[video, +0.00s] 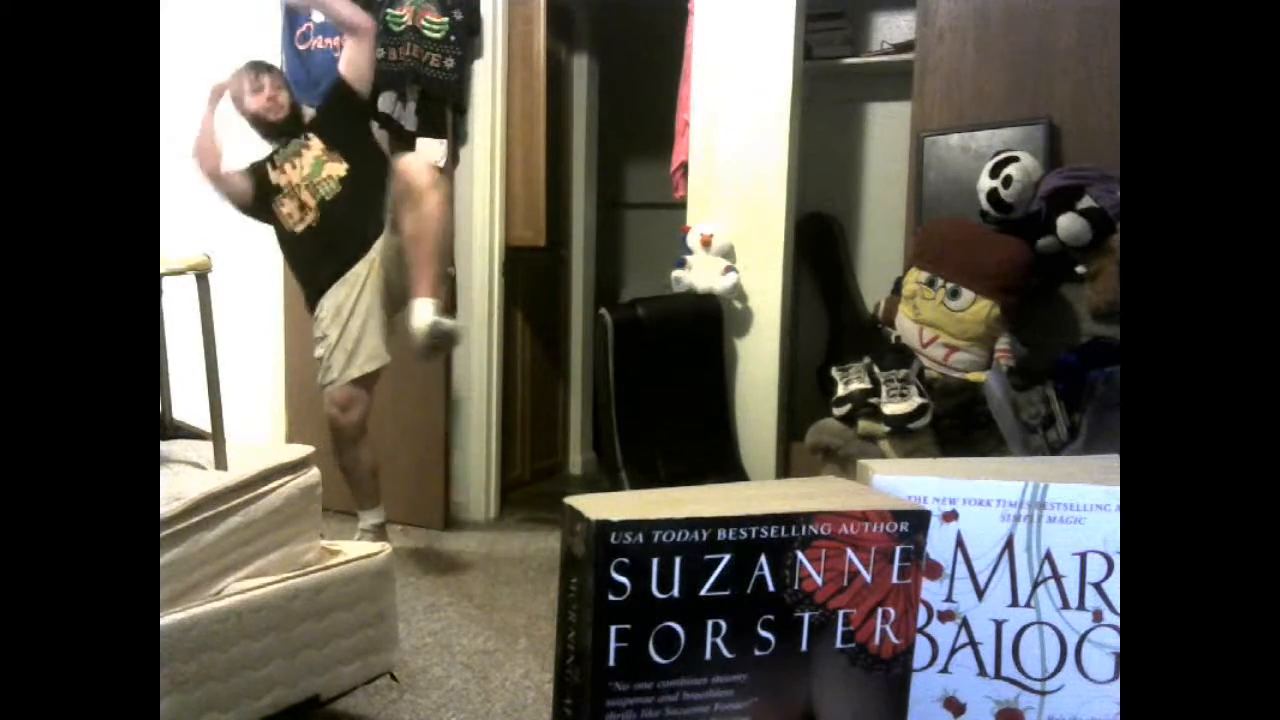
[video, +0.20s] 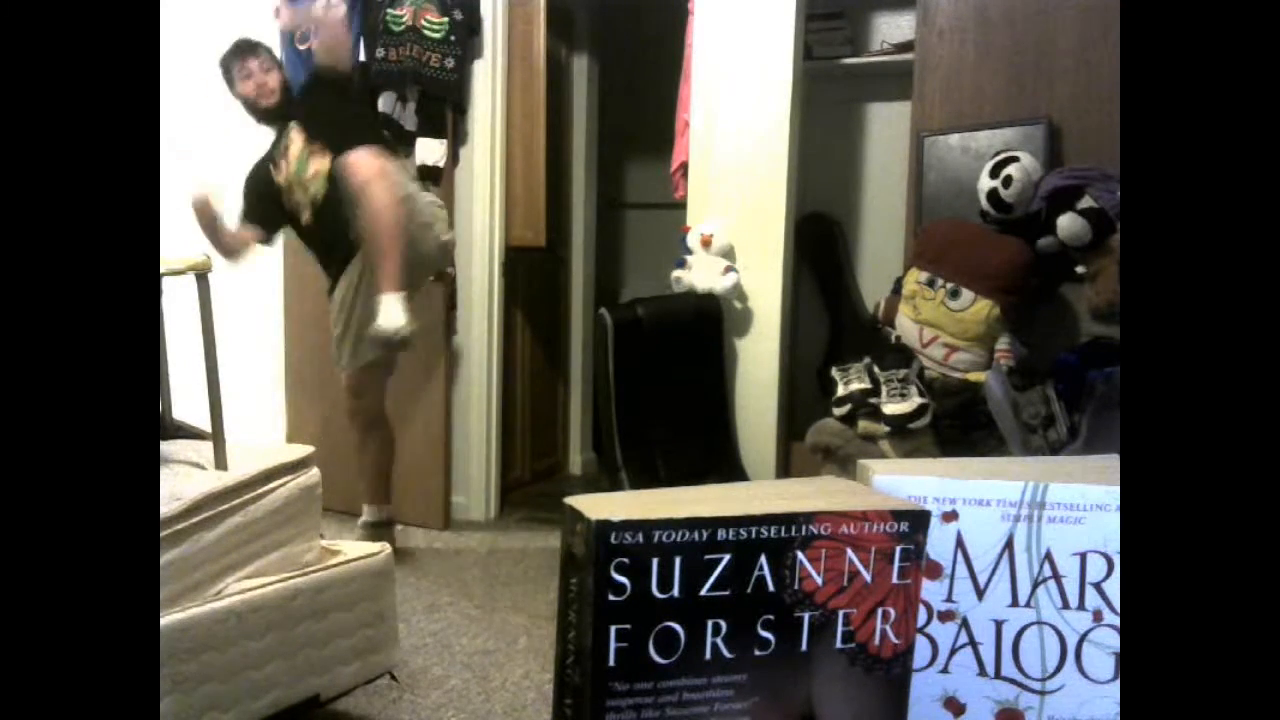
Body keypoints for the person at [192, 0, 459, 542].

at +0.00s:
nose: (262, 92)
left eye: (265, 81)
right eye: (251, 92)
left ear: (286, 85)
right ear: (247, 114)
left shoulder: (339, 114)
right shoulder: (262, 182)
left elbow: (362, 28)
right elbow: (210, 168)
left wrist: (311, 4)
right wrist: (212, 103)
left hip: (390, 250)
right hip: (337, 297)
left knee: (415, 168)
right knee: (344, 414)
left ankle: (425, 311)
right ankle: (372, 524)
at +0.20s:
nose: (258, 82)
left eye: (264, 69)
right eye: (244, 79)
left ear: (282, 70)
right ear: (236, 96)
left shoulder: (324, 95)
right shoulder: (265, 177)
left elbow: (336, 24)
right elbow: (237, 248)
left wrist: (300, 19)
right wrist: (212, 224)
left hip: (409, 236)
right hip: (353, 277)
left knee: (362, 162)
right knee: (363, 405)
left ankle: (391, 301)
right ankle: (376, 523)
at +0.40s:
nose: (246, 103)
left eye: (251, 89)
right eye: (234, 100)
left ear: (271, 88)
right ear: (228, 115)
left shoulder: (311, 117)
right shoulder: (278, 188)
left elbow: (329, 158)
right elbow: (285, 274)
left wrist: (297, 195)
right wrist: (251, 300)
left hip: (410, 245)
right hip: (355, 276)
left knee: (327, 210)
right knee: (333, 399)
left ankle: (359, 343)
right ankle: (369, 517)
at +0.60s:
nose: (256, 134)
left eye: (263, 119)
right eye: (244, 128)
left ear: (285, 117)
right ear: (240, 139)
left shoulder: (317, 144)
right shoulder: (289, 204)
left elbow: (335, 165)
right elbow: (290, 308)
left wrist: (336, 197)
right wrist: (243, 372)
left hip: (398, 295)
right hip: (354, 314)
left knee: (295, 279)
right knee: (304, 426)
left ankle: (288, 407)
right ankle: (367, 514)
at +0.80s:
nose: (241, 146)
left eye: (246, 131)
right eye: (228, 141)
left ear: (267, 129)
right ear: (222, 153)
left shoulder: (302, 151)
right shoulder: (274, 232)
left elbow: (343, 159)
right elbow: (285, 310)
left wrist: (359, 226)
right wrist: (234, 375)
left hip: (396, 296)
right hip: (349, 321)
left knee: (276, 316)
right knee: (300, 418)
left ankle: (289, 422)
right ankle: (365, 511)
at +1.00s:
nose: (237, 146)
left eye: (243, 130)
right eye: (225, 140)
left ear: (266, 127)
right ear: (219, 151)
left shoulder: (305, 150)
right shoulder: (272, 228)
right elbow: (283, 303)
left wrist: (326, 236)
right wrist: (244, 372)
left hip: (397, 293)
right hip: (350, 312)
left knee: (277, 318)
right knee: (305, 421)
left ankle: (295, 421)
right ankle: (369, 512)